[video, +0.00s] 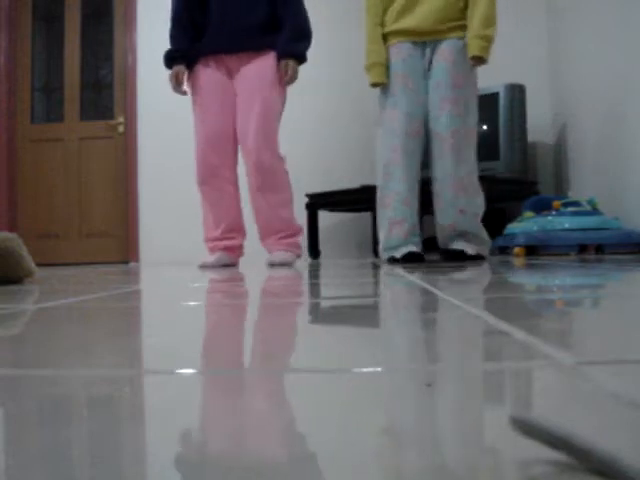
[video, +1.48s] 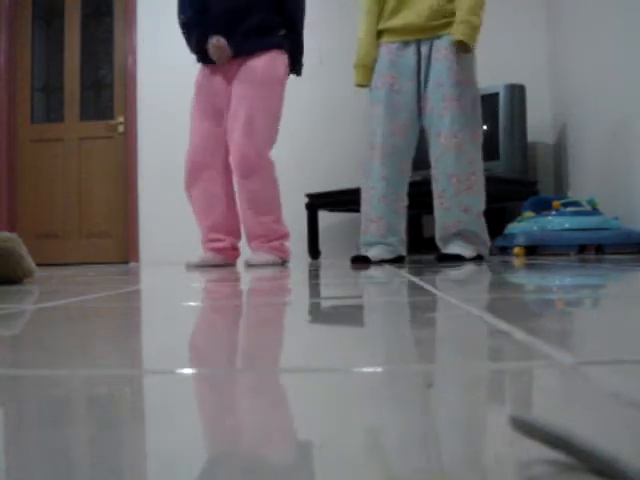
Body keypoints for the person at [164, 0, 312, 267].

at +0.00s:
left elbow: (291, 4)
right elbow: (183, 6)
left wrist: (292, 49)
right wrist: (179, 56)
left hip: (261, 53)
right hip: (207, 57)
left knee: (260, 152)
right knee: (211, 158)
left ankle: (283, 244)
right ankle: (224, 247)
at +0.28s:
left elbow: (292, 0)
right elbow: (180, 3)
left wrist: (294, 43)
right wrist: (180, 47)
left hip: (264, 48)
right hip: (206, 52)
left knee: (266, 154)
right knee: (215, 158)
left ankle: (276, 244)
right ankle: (225, 246)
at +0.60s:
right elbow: (176, 3)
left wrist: (304, 38)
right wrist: (168, 46)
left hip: (271, 56)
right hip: (216, 58)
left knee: (285, 157)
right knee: (224, 156)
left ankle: (284, 246)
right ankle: (228, 246)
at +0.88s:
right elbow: (171, 6)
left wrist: (298, 23)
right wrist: (153, 58)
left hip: (272, 60)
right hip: (220, 60)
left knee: (297, 150)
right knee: (237, 156)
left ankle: (290, 246)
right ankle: (234, 248)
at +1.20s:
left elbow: (301, 5)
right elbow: (163, 15)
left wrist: (305, 49)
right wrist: (170, 14)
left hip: (262, 55)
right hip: (209, 57)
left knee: (256, 151)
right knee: (208, 156)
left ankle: (272, 247)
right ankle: (221, 249)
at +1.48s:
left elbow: (293, 7)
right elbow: (187, 8)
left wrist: (291, 54)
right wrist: (205, 42)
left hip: (263, 54)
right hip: (214, 61)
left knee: (248, 154)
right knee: (204, 159)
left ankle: (270, 247)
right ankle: (220, 249)